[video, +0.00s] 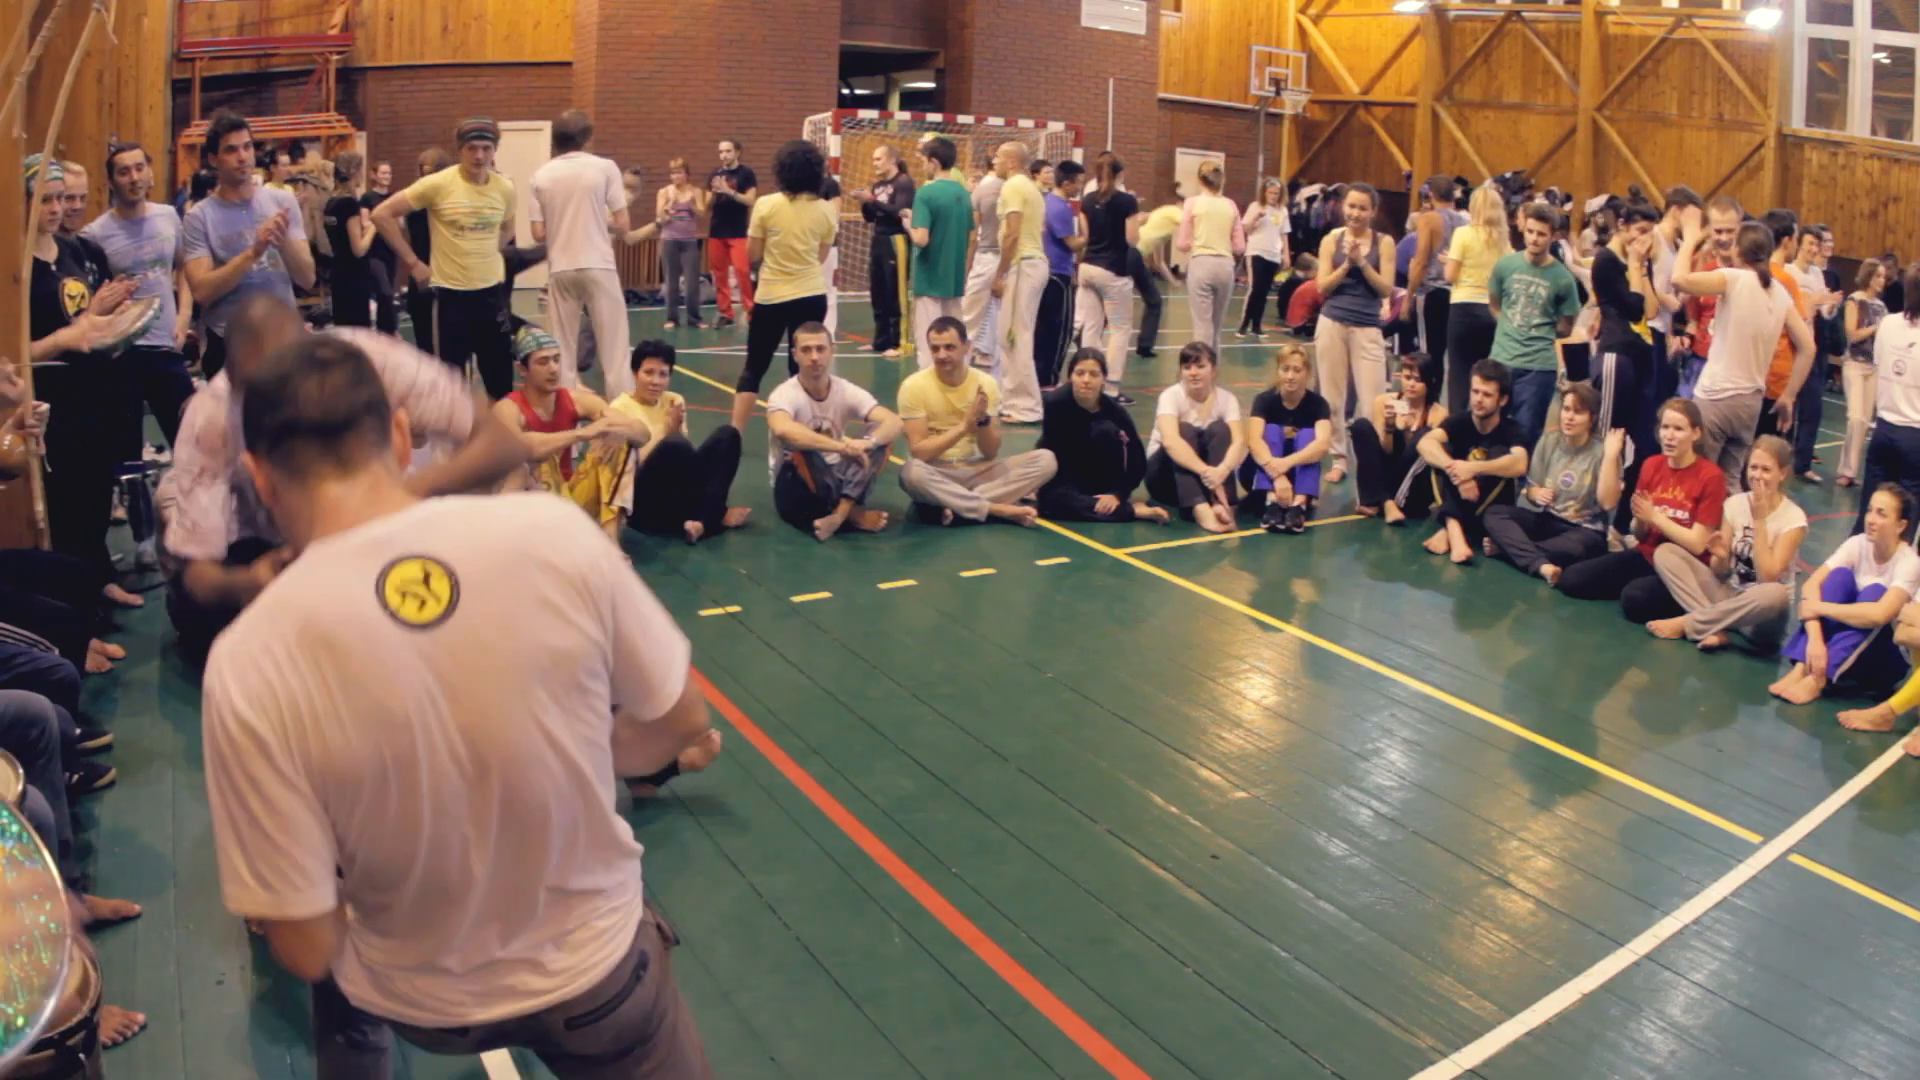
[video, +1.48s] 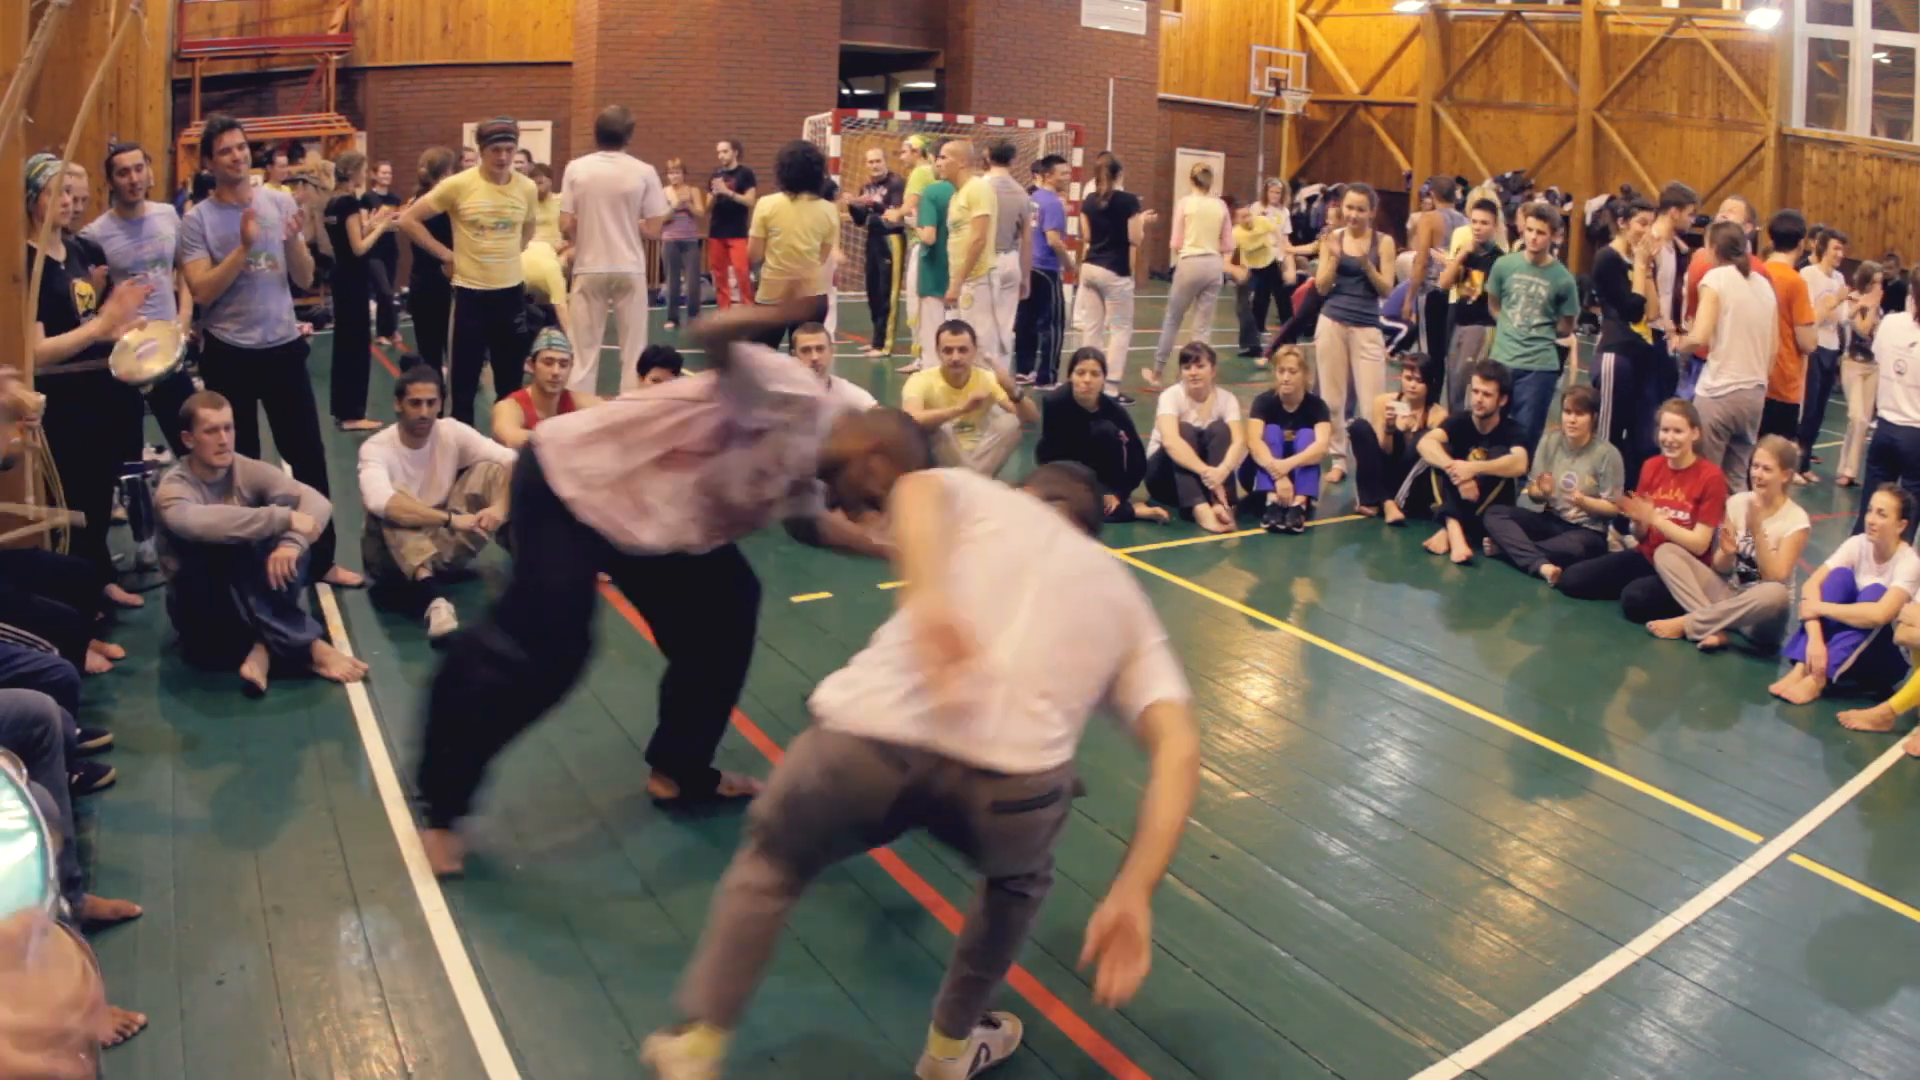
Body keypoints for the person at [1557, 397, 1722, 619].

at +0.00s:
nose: (1669, 435)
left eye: (1678, 429)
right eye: (1665, 427)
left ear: (1696, 434)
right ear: (1658, 430)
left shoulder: (1711, 476)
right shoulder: (1651, 465)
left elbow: (1697, 544)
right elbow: (1639, 533)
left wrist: (1653, 517)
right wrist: (1641, 516)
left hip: (1683, 566)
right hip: (1647, 555)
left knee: (1634, 601)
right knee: (1571, 581)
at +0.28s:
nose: (1671, 436)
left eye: (1679, 429)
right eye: (1666, 428)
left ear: (1696, 434)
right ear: (1658, 431)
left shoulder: (1711, 476)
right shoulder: (1651, 465)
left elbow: (1698, 544)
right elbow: (1639, 534)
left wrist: (1653, 519)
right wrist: (1641, 520)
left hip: (1684, 566)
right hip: (1647, 555)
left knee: (1634, 601)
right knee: (1570, 581)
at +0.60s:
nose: (1667, 435)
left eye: (1676, 428)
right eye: (1663, 427)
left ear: (1695, 433)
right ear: (1657, 430)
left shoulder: (1712, 476)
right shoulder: (1652, 465)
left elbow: (1700, 545)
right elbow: (1639, 534)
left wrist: (1654, 520)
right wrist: (1641, 520)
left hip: (1684, 567)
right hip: (1647, 555)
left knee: (1634, 601)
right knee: (1570, 581)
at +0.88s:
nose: (1669, 436)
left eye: (1678, 429)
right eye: (1664, 428)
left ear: (1696, 434)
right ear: (1657, 431)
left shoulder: (1712, 477)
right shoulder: (1652, 466)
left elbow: (1701, 545)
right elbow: (1641, 533)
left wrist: (1661, 520)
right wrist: (1633, 515)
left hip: (1683, 567)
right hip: (1647, 556)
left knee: (1634, 601)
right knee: (1570, 581)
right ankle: (1636, 580)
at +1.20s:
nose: (1670, 436)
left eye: (1679, 430)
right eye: (1665, 429)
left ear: (1696, 434)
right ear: (1658, 431)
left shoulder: (1712, 477)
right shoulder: (1652, 466)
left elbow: (1699, 545)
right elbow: (1639, 533)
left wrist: (1653, 518)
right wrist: (1639, 513)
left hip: (1683, 567)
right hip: (1647, 556)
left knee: (1634, 600)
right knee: (1570, 581)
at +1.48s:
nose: (1669, 438)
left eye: (1678, 431)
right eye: (1664, 430)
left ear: (1696, 434)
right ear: (1657, 432)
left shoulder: (1711, 477)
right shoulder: (1651, 466)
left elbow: (1699, 544)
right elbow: (1639, 534)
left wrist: (1652, 518)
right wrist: (1640, 516)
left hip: (1684, 567)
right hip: (1647, 556)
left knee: (1634, 601)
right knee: (1570, 581)